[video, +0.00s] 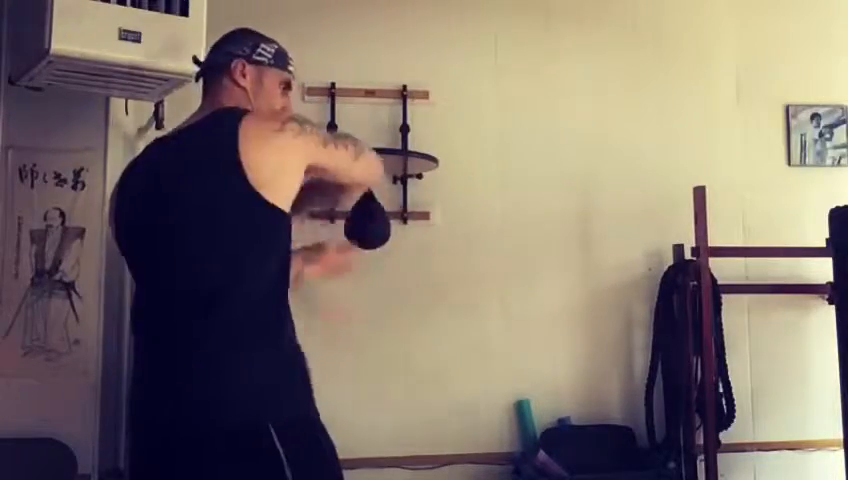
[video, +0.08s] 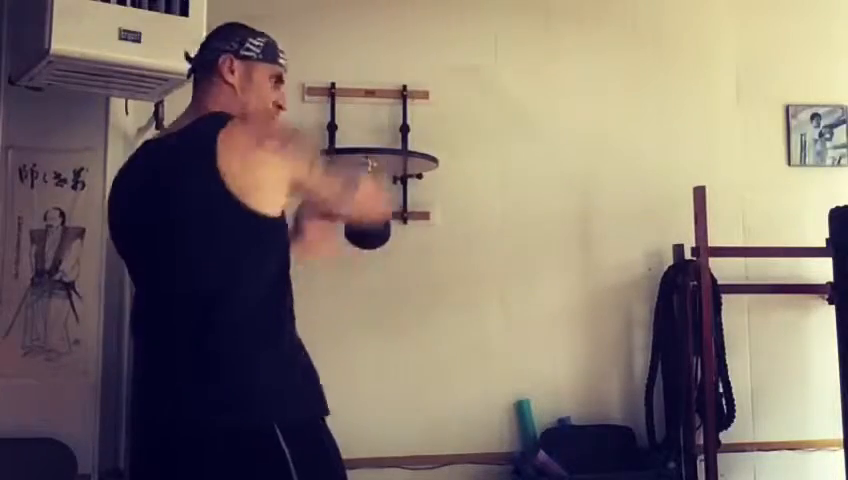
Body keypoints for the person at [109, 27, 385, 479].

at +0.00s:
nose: (290, 104)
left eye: (290, 90)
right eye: (284, 86)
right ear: (241, 74)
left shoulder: (135, 174)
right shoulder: (273, 140)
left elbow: (199, 277)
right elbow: (368, 168)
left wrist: (303, 263)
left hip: (162, 407)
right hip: (256, 409)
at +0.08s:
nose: (282, 101)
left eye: (282, 85)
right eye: (274, 81)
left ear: (223, 73)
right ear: (230, 70)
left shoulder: (130, 176)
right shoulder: (258, 145)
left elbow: (194, 257)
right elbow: (370, 216)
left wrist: (289, 238)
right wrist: (365, 207)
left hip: (165, 412)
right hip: (263, 415)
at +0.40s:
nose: (260, 86)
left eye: (257, 70)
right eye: (248, 66)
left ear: (198, 69)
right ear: (198, 66)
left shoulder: (157, 165)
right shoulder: (198, 168)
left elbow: (253, 275)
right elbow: (333, 261)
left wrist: (351, 218)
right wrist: (406, 204)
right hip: (246, 437)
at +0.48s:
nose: (252, 85)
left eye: (250, 70)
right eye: (239, 66)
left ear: (191, 70)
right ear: (190, 66)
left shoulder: (173, 166)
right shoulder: (178, 173)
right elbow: (305, 263)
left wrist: (322, 219)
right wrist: (385, 186)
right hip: (236, 433)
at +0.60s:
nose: (257, 91)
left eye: (255, 76)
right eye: (244, 73)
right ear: (196, 71)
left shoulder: (248, 175)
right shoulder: (149, 180)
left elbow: (319, 281)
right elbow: (211, 317)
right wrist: (293, 246)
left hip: (276, 431)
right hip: (194, 438)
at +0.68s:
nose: (279, 97)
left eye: (277, 83)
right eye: (268, 80)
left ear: (224, 76)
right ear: (220, 74)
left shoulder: (273, 183)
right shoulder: (151, 176)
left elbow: (320, 288)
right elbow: (93, 308)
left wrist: (258, 283)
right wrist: (194, 344)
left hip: (274, 429)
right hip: (181, 434)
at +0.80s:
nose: (298, 105)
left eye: (299, 92)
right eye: (290, 87)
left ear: (249, 83)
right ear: (242, 80)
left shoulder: (296, 191)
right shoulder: (151, 166)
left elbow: (315, 294)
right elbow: (34, 227)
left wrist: (235, 291)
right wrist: (76, 278)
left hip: (270, 416)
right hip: (177, 413)